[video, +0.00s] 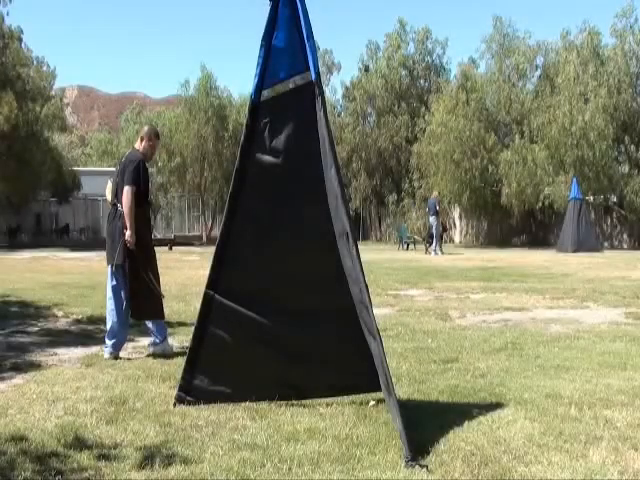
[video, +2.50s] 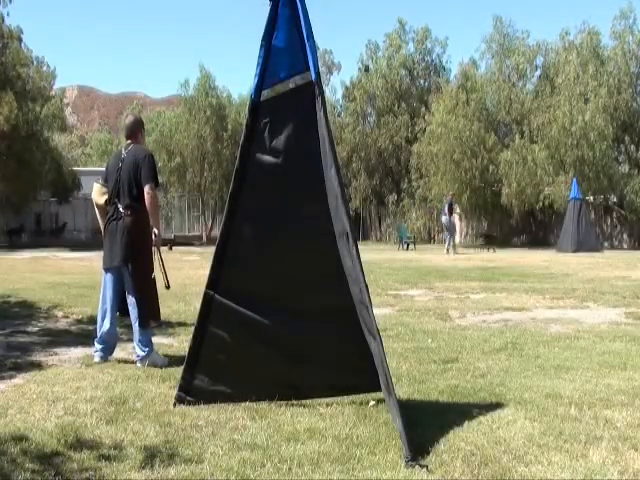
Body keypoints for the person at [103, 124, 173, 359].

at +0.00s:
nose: (156, 152)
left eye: (157, 147)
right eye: (155, 146)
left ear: (142, 140)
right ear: (146, 141)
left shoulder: (126, 160)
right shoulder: (136, 161)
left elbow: (111, 194)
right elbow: (127, 196)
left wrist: (123, 222)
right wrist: (130, 228)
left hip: (118, 236)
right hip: (135, 236)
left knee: (117, 291)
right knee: (148, 286)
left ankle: (112, 345)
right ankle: (160, 340)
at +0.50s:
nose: (162, 145)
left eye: (161, 141)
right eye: (162, 141)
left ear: (143, 139)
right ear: (157, 141)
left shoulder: (129, 158)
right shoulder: (149, 160)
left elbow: (111, 191)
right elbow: (148, 197)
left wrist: (117, 217)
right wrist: (154, 230)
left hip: (116, 222)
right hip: (133, 225)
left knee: (115, 289)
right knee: (138, 289)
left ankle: (107, 346)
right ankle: (143, 350)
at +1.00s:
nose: (140, 141)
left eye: (138, 137)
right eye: (139, 138)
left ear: (119, 139)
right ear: (136, 138)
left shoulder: (107, 163)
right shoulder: (133, 158)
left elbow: (92, 200)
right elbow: (136, 195)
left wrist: (100, 228)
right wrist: (145, 225)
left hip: (105, 234)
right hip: (125, 232)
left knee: (106, 295)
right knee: (135, 291)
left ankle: (101, 348)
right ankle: (146, 349)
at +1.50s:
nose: (145, 136)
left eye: (141, 133)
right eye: (144, 133)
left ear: (125, 135)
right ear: (142, 134)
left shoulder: (113, 160)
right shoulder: (146, 157)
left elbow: (98, 198)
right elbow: (151, 194)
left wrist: (105, 231)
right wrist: (158, 226)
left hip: (115, 231)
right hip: (138, 233)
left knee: (110, 293)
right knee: (141, 292)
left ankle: (102, 348)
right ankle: (144, 351)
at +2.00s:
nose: (143, 134)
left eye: (140, 131)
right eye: (143, 131)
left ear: (123, 133)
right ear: (140, 132)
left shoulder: (113, 160)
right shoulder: (144, 156)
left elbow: (98, 198)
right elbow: (150, 194)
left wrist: (105, 230)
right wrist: (158, 227)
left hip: (114, 231)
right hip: (137, 231)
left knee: (110, 293)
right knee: (141, 292)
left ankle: (102, 348)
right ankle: (144, 350)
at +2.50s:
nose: (145, 135)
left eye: (143, 132)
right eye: (144, 132)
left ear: (125, 135)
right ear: (140, 133)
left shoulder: (113, 160)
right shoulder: (144, 155)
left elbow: (99, 197)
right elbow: (149, 193)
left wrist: (105, 228)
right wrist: (156, 227)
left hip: (112, 230)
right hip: (134, 230)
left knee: (109, 294)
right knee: (138, 293)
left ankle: (102, 349)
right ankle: (144, 351)